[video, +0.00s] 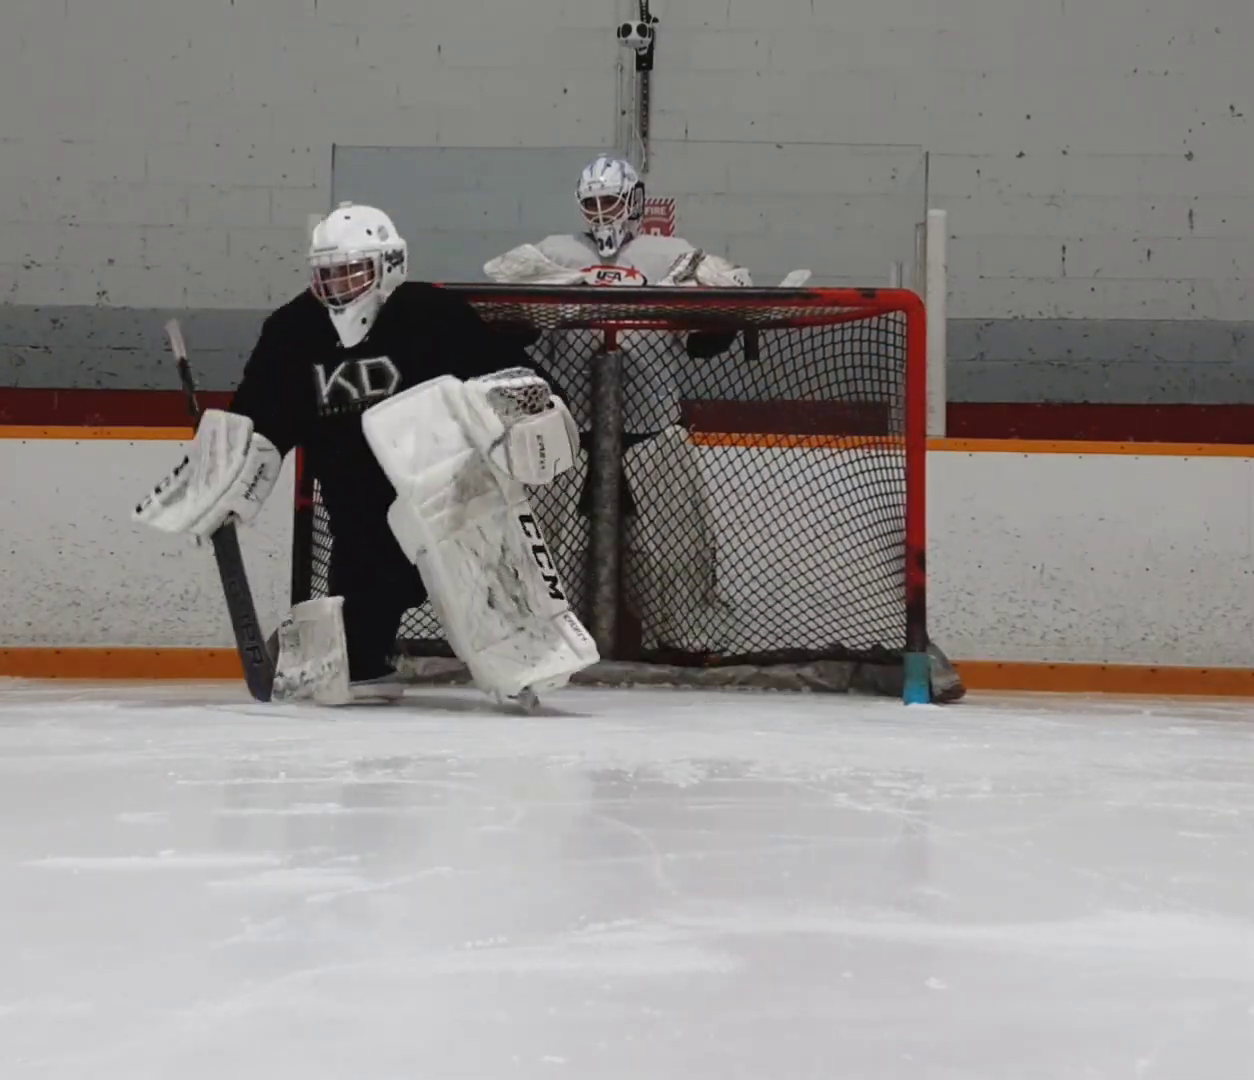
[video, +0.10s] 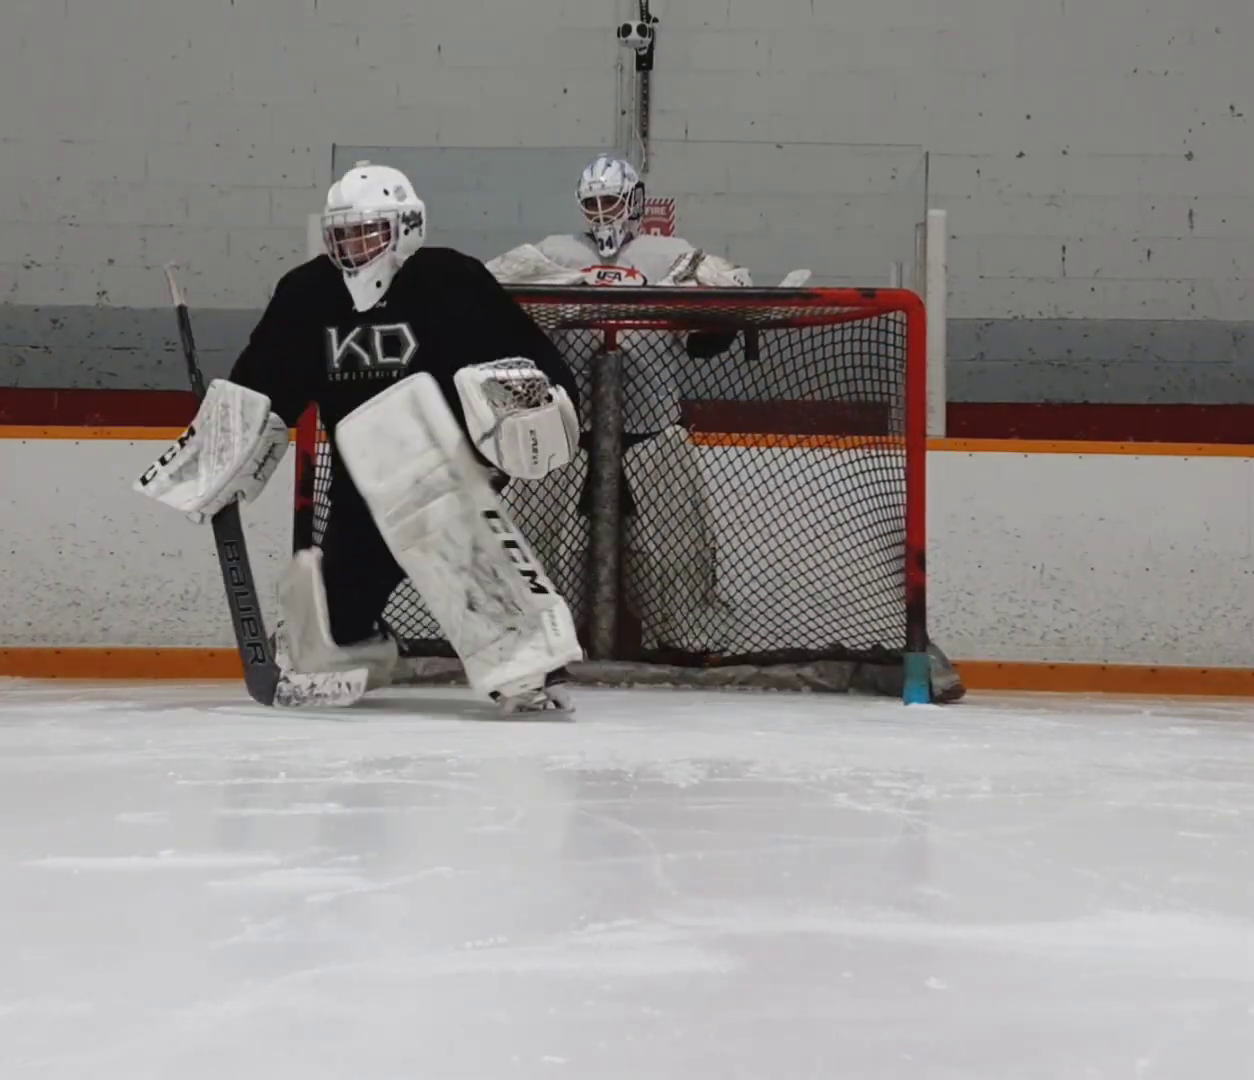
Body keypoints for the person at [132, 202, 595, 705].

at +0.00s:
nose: (341, 284)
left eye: (352, 271)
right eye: (330, 274)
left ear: (386, 265)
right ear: (315, 276)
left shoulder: (431, 314)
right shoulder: (291, 331)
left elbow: (508, 375)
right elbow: (258, 422)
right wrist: (221, 481)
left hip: (443, 495)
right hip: (354, 507)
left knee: (478, 583)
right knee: (356, 655)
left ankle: (515, 667)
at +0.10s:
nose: (352, 247)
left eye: (366, 234)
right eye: (341, 235)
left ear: (404, 228)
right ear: (328, 235)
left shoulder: (451, 280)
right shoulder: (307, 293)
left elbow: (529, 362)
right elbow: (260, 384)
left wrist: (525, 419)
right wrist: (215, 455)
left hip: (446, 464)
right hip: (359, 472)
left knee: (476, 565)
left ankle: (520, 678)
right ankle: (351, 659)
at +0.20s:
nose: (345, 222)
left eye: (359, 208)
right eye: (335, 210)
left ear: (397, 204)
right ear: (322, 210)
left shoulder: (449, 268)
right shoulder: (301, 274)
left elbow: (530, 357)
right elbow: (259, 373)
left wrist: (515, 415)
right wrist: (214, 438)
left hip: (449, 451)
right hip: (354, 449)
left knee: (427, 551)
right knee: (304, 547)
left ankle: (467, 669)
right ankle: (321, 668)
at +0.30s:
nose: (333, 210)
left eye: (347, 196)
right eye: (322, 198)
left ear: (383, 192)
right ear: (308, 200)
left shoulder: (431, 252)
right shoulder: (290, 264)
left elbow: (508, 356)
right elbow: (243, 361)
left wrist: (469, 412)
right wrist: (194, 431)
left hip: (431, 439)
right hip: (341, 438)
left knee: (417, 545)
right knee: (293, 549)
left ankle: (478, 674)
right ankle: (271, 678)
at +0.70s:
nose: (397, 234)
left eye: (409, 218)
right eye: (379, 220)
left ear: (424, 215)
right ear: (344, 217)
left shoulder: (457, 279)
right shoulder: (300, 271)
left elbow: (517, 369)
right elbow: (219, 339)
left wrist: (534, 432)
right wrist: (182, 417)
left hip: (450, 464)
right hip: (344, 461)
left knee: (534, 567)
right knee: (263, 547)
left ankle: (642, 672)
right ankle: (190, 663)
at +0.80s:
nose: (480, 258)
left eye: (490, 245)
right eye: (463, 245)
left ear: (503, 244)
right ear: (423, 242)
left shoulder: (527, 314)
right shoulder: (369, 286)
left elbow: (586, 405)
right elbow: (275, 334)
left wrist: (647, 463)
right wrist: (239, 426)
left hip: (507, 501)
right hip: (396, 491)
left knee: (531, 652)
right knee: (299, 585)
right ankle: (197, 665)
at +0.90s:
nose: (596, 289)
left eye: (607, 277)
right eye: (581, 274)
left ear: (613, 279)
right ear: (540, 268)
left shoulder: (626, 360)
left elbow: (695, 456)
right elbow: (365, 355)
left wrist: (778, 506)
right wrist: (375, 434)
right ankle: (221, 662)